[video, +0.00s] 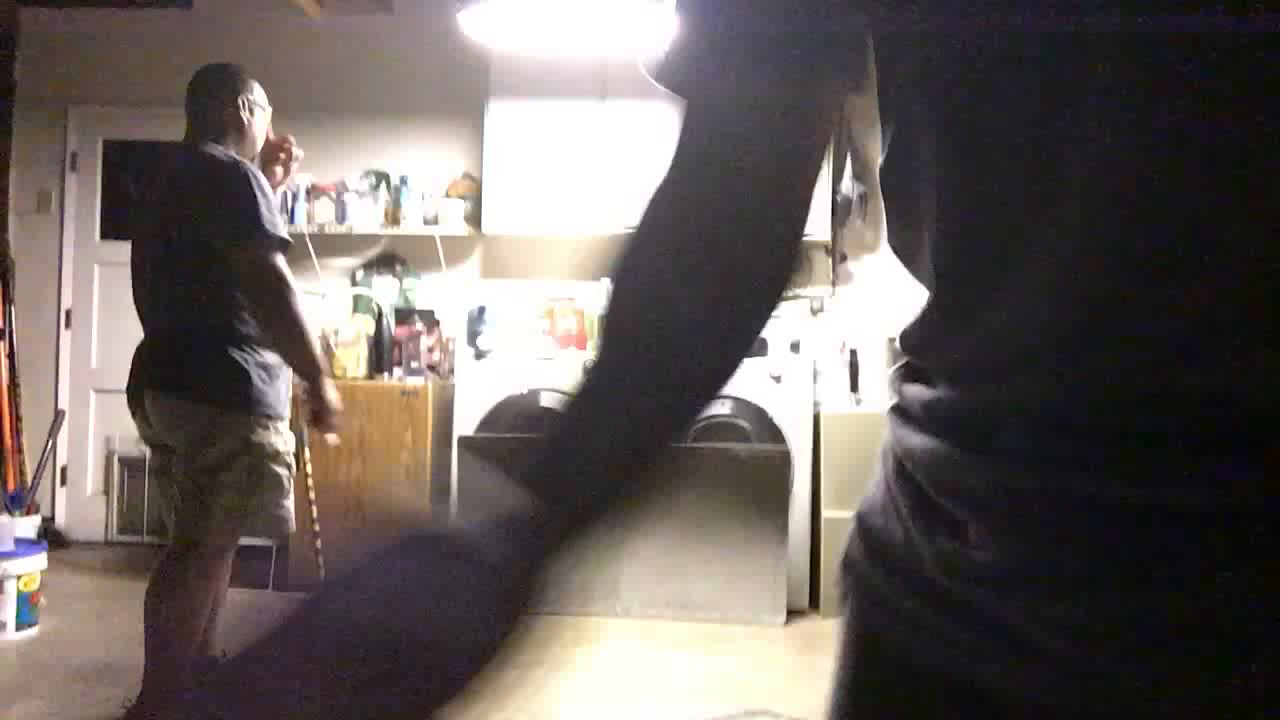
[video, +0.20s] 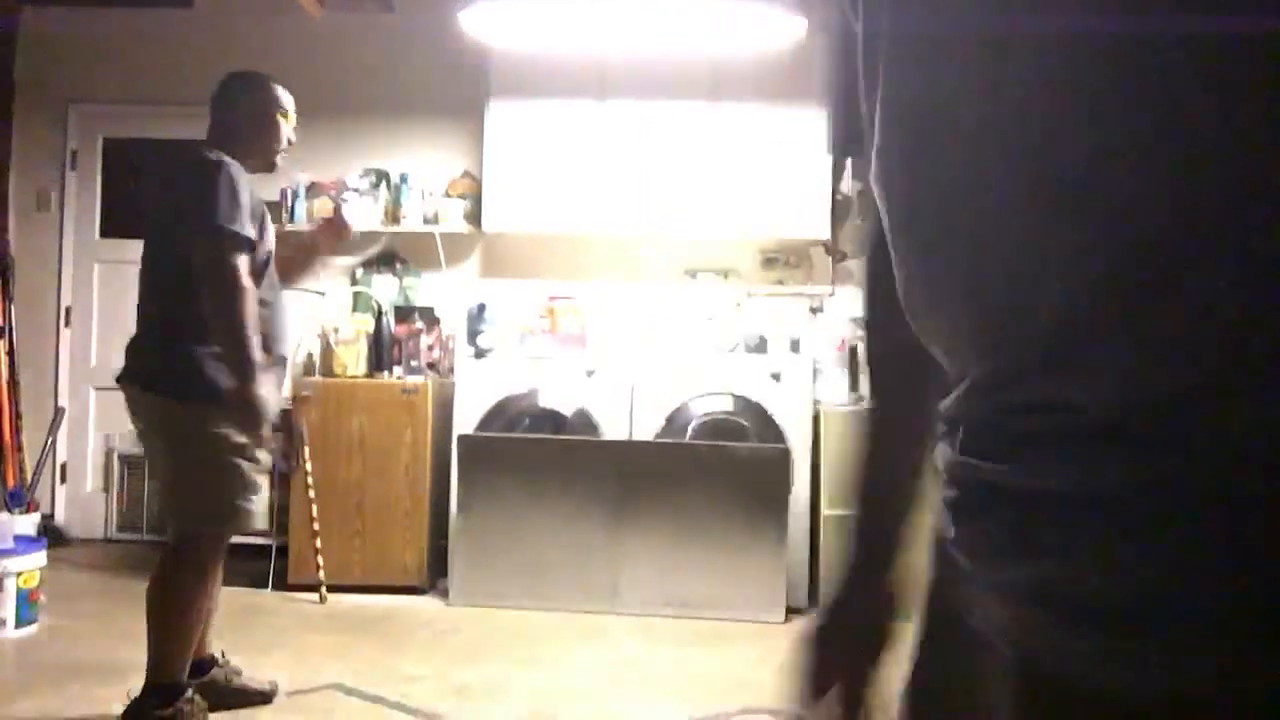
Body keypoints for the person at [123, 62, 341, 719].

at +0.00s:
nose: (267, 128)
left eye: (264, 115)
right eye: (263, 115)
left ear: (196, 114)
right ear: (241, 110)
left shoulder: (169, 175)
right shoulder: (234, 176)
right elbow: (265, 280)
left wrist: (265, 185)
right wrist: (317, 380)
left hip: (166, 377)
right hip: (224, 384)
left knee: (194, 544)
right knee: (209, 548)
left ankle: (183, 690)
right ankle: (166, 703)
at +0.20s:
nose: (289, 134)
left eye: (291, 122)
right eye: (281, 119)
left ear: (230, 118)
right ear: (239, 116)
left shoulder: (222, 180)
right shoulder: (218, 175)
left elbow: (263, 272)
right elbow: (226, 279)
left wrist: (317, 242)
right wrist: (250, 375)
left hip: (190, 380)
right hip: (190, 381)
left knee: (206, 526)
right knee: (199, 533)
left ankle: (197, 666)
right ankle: (160, 694)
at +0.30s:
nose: (299, 144)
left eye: (301, 133)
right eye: (292, 129)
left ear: (260, 131)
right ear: (249, 124)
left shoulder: (241, 202)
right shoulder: (209, 177)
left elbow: (259, 304)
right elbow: (204, 276)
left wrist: (333, 299)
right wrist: (221, 374)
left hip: (213, 393)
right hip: (177, 390)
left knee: (205, 534)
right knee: (180, 538)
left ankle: (197, 671)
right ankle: (157, 692)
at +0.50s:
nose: (292, 148)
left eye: (298, 138)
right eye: (284, 133)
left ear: (292, 143)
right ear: (241, 123)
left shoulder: (273, 216)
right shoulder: (197, 177)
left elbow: (281, 304)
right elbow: (158, 264)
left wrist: (291, 372)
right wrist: (169, 359)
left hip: (233, 397)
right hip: (160, 388)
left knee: (202, 531)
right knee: (141, 528)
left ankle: (195, 669)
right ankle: (93, 669)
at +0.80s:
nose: (238, 141)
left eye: (246, 132)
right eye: (227, 127)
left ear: (250, 139)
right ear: (188, 122)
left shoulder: (248, 219)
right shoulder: (127, 185)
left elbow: (265, 308)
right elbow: (91, 271)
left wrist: (285, 384)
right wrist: (108, 365)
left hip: (214, 404)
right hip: (123, 394)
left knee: (203, 532)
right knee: (97, 527)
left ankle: (195, 670)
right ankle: (64, 649)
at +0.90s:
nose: (206, 142)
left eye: (214, 132)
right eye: (195, 128)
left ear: (222, 140)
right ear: (157, 126)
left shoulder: (224, 217)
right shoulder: (101, 191)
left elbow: (253, 309)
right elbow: (69, 278)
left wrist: (290, 388)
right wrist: (79, 370)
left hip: (202, 411)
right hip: (105, 403)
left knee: (202, 532)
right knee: (78, 534)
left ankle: (195, 671)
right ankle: (60, 656)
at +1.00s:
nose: (183, 143)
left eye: (191, 133)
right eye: (170, 128)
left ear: (197, 143)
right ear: (128, 129)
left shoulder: (204, 219)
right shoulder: (72, 200)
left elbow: (235, 307)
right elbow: (41, 288)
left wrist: (277, 381)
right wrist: (47, 378)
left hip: (185, 412)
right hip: (87, 410)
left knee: (203, 522)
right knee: (68, 536)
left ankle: (196, 669)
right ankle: (58, 657)